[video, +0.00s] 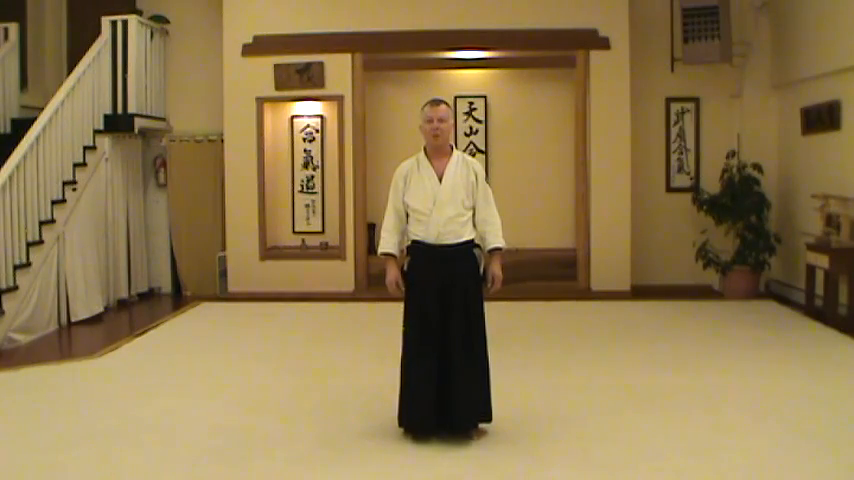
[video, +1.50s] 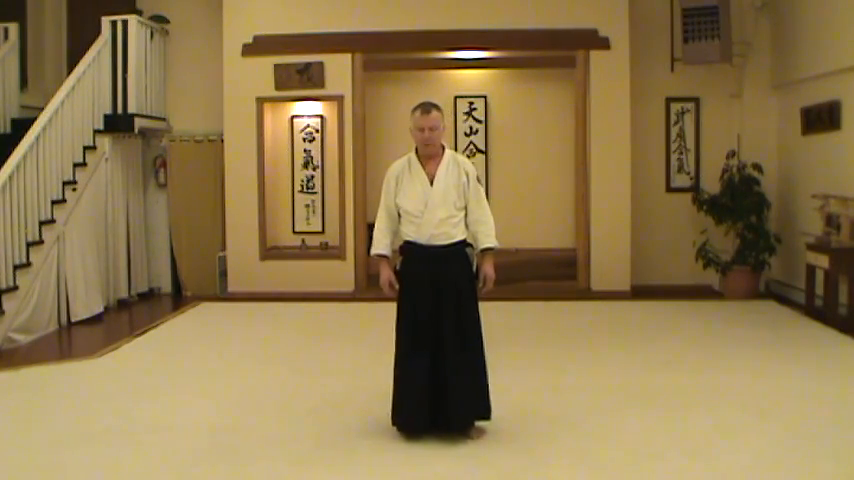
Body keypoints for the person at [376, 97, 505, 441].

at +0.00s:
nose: (436, 126)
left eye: (442, 120)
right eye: (429, 121)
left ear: (453, 125)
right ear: (421, 127)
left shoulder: (470, 167)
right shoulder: (407, 170)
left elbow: (486, 212)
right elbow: (393, 217)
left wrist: (494, 257)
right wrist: (390, 261)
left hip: (462, 260)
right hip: (422, 260)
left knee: (463, 337)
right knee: (423, 338)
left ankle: (465, 417)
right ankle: (421, 419)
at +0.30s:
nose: (436, 128)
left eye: (442, 122)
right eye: (429, 122)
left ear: (452, 126)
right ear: (420, 127)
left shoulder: (470, 167)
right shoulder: (406, 170)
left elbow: (486, 213)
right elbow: (393, 217)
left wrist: (494, 257)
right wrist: (390, 262)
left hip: (462, 260)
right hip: (422, 261)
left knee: (463, 337)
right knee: (422, 338)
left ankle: (464, 417)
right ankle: (421, 419)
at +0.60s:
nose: (436, 128)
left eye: (442, 122)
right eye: (429, 122)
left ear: (453, 126)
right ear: (420, 128)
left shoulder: (470, 167)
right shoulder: (406, 170)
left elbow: (486, 212)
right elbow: (393, 217)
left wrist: (494, 256)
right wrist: (390, 261)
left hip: (462, 260)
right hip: (422, 261)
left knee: (463, 336)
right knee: (422, 337)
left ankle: (463, 417)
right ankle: (420, 418)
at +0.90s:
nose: (435, 129)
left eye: (441, 123)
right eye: (428, 124)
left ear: (452, 126)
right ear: (419, 128)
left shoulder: (470, 167)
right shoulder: (405, 170)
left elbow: (485, 212)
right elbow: (392, 217)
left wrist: (493, 257)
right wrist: (390, 261)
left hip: (461, 260)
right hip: (422, 260)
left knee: (462, 336)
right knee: (422, 337)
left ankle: (463, 417)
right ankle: (420, 417)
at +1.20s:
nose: (434, 136)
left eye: (440, 130)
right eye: (427, 131)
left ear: (449, 130)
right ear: (417, 132)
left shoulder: (467, 168)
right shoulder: (403, 171)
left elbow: (483, 213)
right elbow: (390, 217)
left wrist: (491, 256)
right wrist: (388, 261)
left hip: (459, 260)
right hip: (419, 260)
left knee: (461, 336)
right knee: (420, 337)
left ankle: (462, 416)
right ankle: (419, 417)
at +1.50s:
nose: (427, 135)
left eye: (433, 129)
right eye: (421, 130)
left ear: (444, 130)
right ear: (412, 132)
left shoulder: (462, 167)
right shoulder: (398, 171)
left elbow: (479, 213)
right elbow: (385, 218)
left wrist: (486, 257)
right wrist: (383, 262)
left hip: (455, 261)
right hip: (415, 261)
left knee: (459, 336)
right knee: (416, 337)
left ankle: (463, 416)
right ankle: (416, 417)